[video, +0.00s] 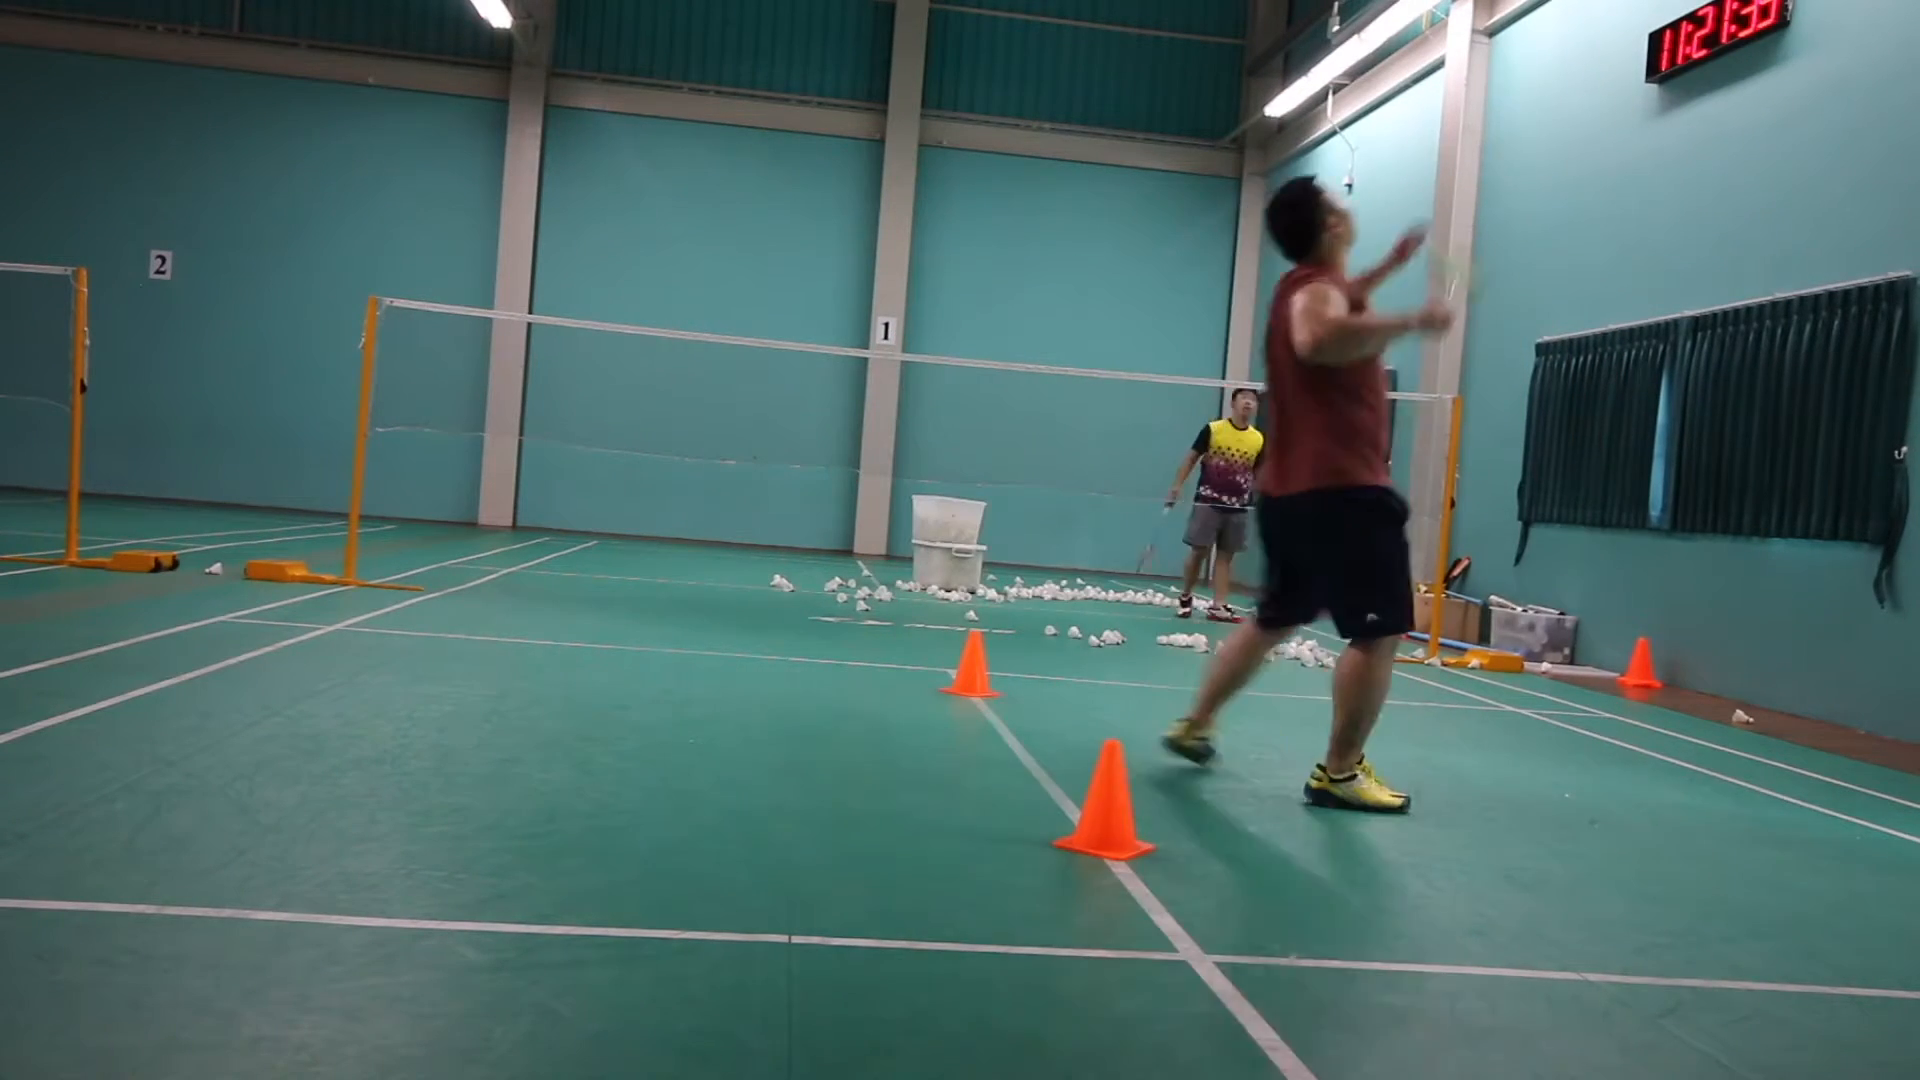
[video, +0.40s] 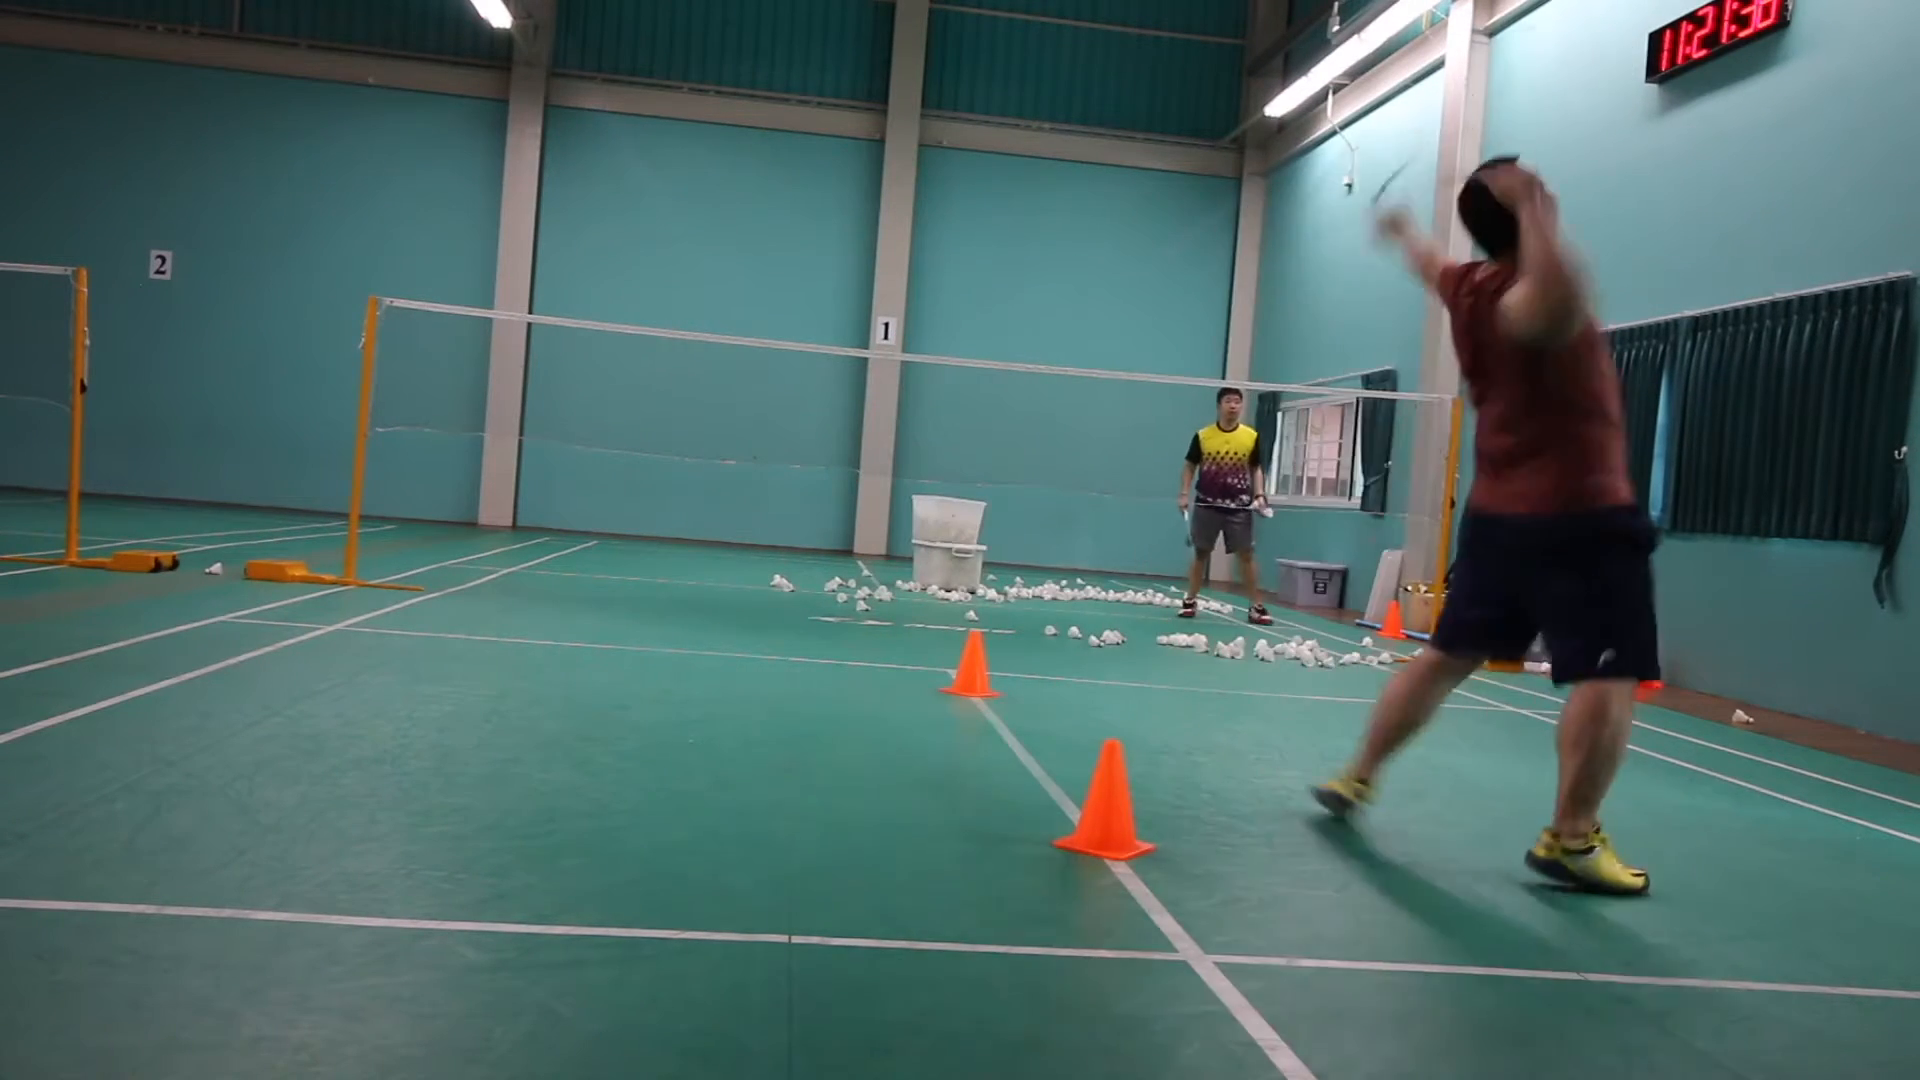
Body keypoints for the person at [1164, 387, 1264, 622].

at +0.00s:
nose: (1248, 403)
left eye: (1252, 400)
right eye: (1244, 398)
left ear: (1256, 407)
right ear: (1233, 403)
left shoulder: (1258, 439)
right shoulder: (1212, 429)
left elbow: (1259, 471)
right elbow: (1192, 458)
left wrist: (1265, 492)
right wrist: (1177, 485)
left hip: (1237, 506)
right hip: (1208, 502)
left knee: (1225, 556)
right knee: (1199, 552)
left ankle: (1219, 604)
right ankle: (1186, 596)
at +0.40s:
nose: (1233, 406)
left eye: (1237, 402)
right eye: (1228, 402)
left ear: (1242, 407)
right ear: (1219, 406)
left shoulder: (1252, 437)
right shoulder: (1203, 436)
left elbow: (1256, 468)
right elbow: (1190, 466)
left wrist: (1259, 494)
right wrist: (1184, 494)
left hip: (1239, 508)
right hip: (1207, 505)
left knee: (1247, 556)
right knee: (1201, 554)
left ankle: (1256, 606)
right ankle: (1190, 600)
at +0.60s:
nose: (1255, 407)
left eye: (1258, 403)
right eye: (1250, 403)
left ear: (1262, 409)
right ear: (1240, 407)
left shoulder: (1271, 439)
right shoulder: (1224, 437)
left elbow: (1275, 471)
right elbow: (1209, 468)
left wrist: (1285, 499)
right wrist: (1207, 498)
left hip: (1258, 510)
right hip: (1226, 508)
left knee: (1260, 558)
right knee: (1210, 554)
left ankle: (1258, 607)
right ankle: (1192, 599)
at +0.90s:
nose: (1266, 417)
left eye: (1270, 413)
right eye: (1261, 412)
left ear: (1273, 416)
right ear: (1251, 414)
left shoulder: (1276, 442)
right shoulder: (1235, 441)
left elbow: (1281, 473)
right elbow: (1215, 465)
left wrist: (1294, 498)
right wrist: (1236, 477)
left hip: (1259, 510)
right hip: (1229, 507)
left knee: (1261, 559)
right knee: (1214, 553)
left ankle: (1259, 607)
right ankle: (1194, 600)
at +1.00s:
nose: (1253, 422)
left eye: (1257, 418)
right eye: (1249, 416)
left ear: (1264, 422)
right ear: (1243, 416)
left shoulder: (1263, 444)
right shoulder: (1230, 440)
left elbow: (1267, 472)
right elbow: (1211, 460)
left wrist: (1279, 496)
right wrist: (1230, 459)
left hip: (1247, 507)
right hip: (1219, 505)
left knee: (1259, 555)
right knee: (1211, 554)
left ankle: (1251, 609)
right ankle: (1196, 601)